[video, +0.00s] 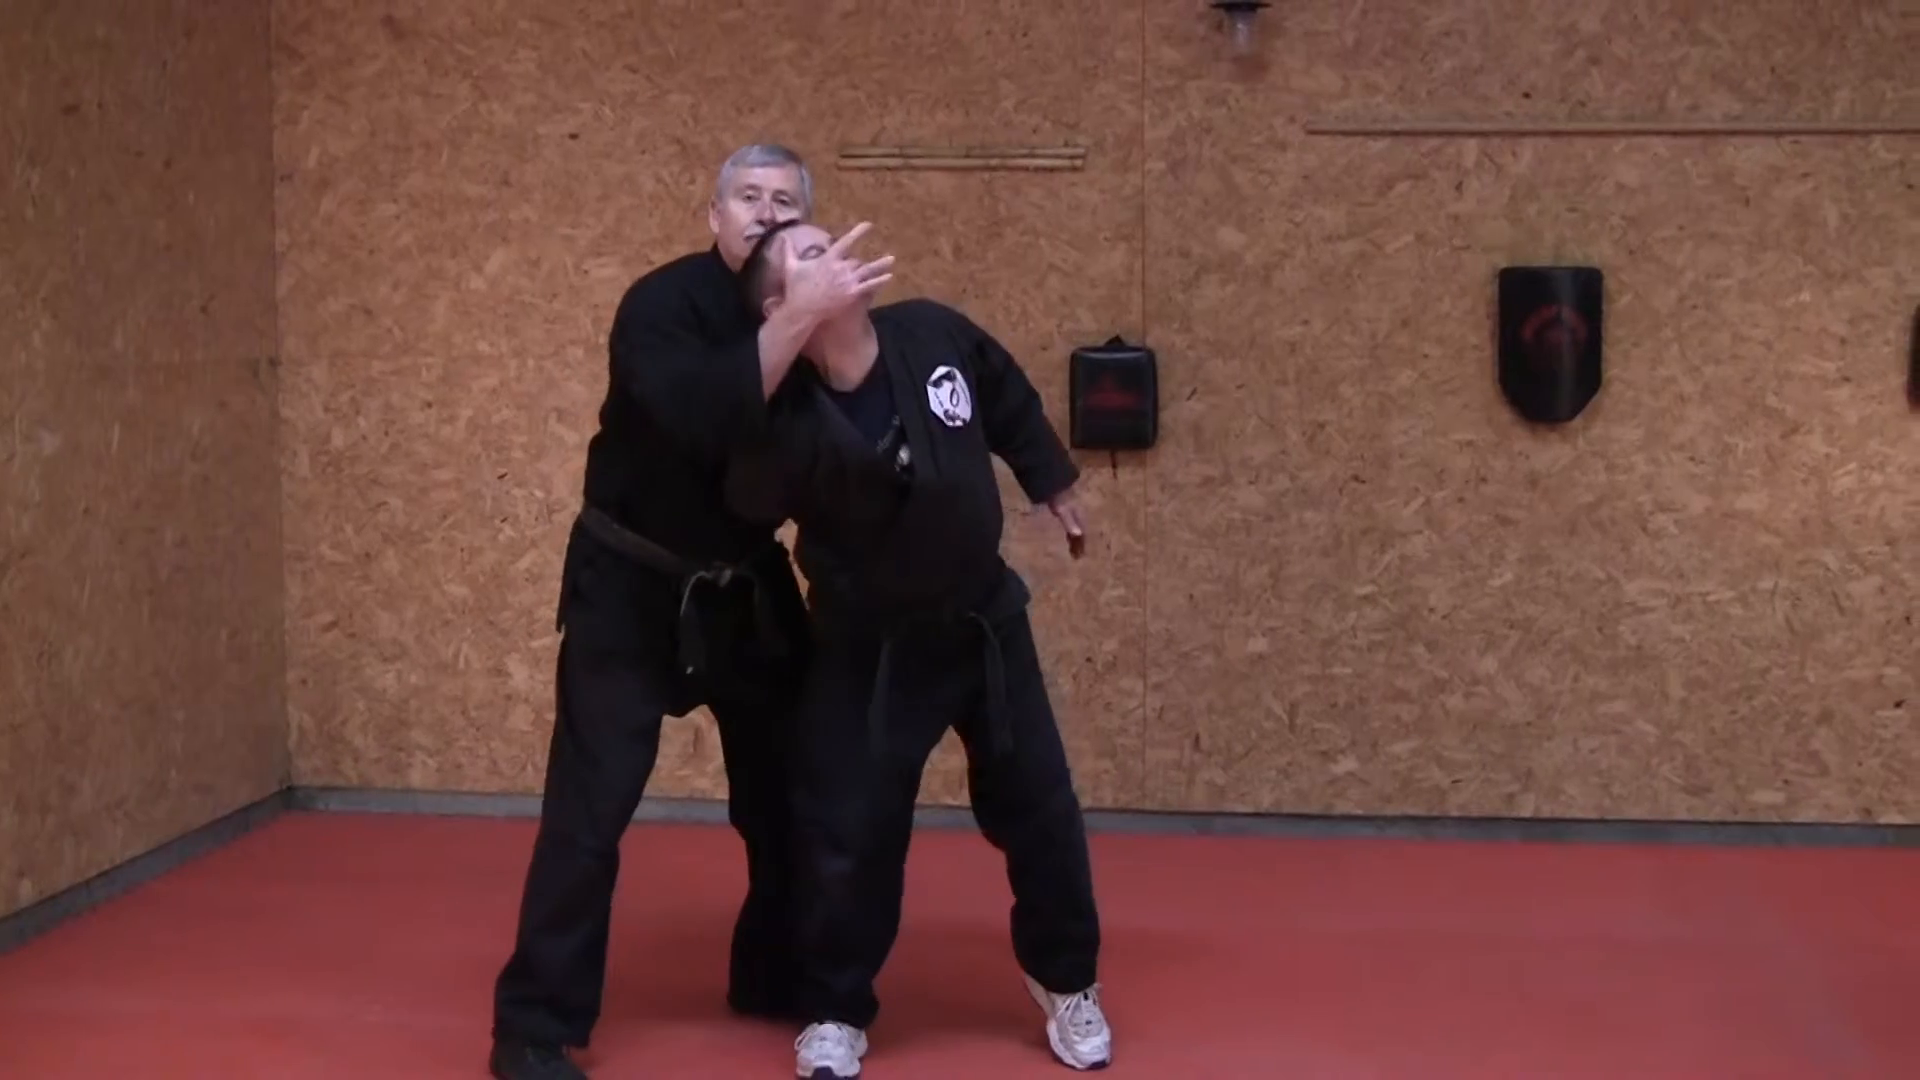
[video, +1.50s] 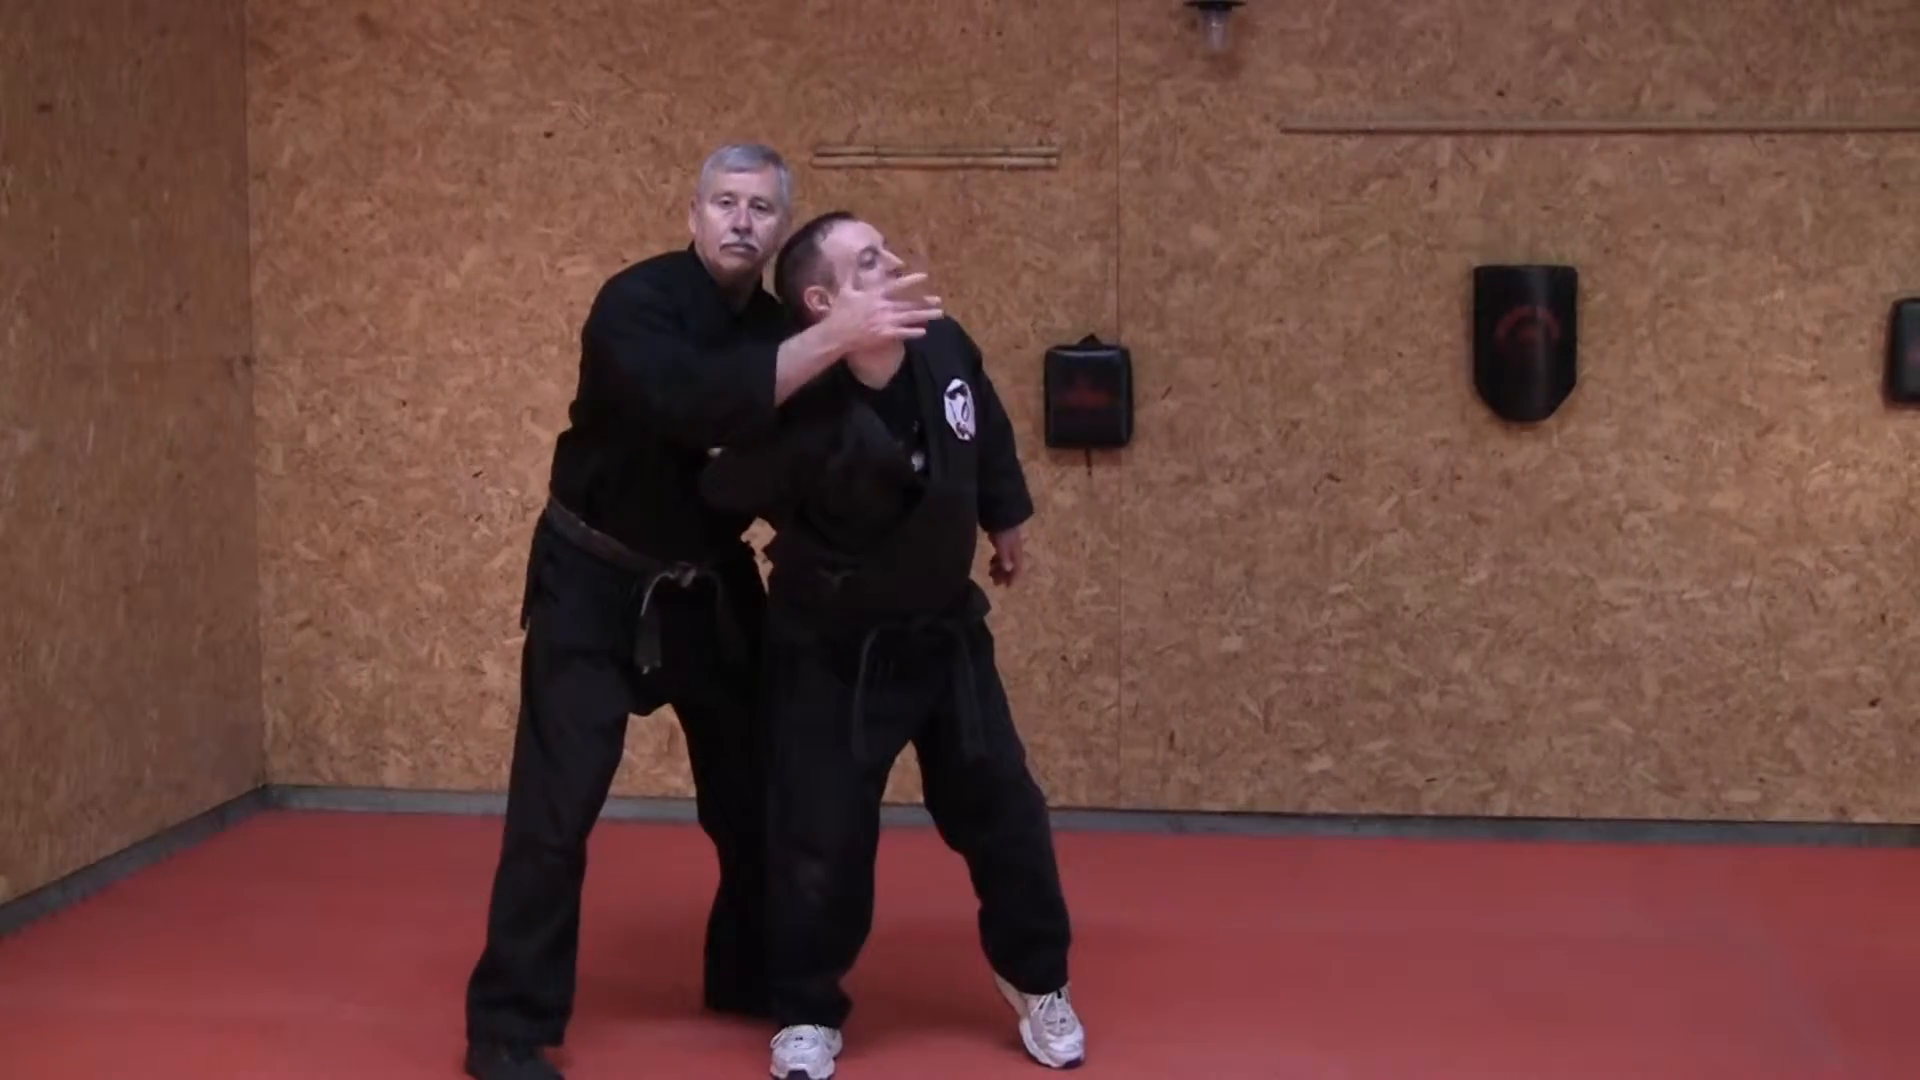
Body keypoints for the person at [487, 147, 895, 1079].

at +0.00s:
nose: (768, 212)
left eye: (786, 201)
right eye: (749, 195)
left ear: (807, 224)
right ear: (711, 216)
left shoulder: (813, 310)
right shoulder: (661, 305)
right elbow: (696, 419)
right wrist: (796, 317)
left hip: (747, 581)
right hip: (629, 579)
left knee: (789, 786)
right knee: (593, 805)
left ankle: (774, 976)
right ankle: (536, 1036)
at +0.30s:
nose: (758, 213)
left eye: (778, 203)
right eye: (742, 196)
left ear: (798, 224)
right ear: (705, 208)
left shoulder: (795, 307)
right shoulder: (652, 301)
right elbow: (696, 404)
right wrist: (814, 314)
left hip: (731, 575)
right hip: (614, 574)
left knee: (774, 787)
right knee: (574, 810)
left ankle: (764, 975)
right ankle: (529, 1035)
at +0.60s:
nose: (757, 214)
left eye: (776, 203)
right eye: (740, 197)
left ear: (796, 224)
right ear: (705, 209)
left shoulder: (795, 308)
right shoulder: (648, 301)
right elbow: (701, 395)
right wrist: (827, 312)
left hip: (725, 575)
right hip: (610, 573)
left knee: (768, 788)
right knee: (565, 813)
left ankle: (758, 975)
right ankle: (520, 1035)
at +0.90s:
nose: (753, 216)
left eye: (772, 205)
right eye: (737, 199)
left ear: (792, 225)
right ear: (700, 210)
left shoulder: (790, 309)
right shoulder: (643, 302)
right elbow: (699, 396)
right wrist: (826, 315)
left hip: (720, 577)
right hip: (605, 574)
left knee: (763, 788)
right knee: (560, 813)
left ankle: (752, 977)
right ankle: (514, 1037)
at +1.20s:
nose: (750, 217)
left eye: (768, 206)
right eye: (734, 200)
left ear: (787, 226)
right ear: (699, 213)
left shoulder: (789, 309)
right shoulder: (639, 303)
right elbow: (694, 400)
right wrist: (826, 324)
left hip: (715, 577)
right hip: (600, 573)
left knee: (760, 790)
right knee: (559, 812)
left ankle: (751, 978)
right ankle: (513, 1035)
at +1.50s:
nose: (743, 220)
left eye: (761, 208)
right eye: (725, 203)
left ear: (783, 228)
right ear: (692, 215)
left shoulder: (789, 316)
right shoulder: (633, 304)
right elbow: (684, 402)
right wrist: (834, 335)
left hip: (711, 578)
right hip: (593, 576)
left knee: (756, 791)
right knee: (555, 813)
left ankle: (748, 977)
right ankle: (511, 1037)